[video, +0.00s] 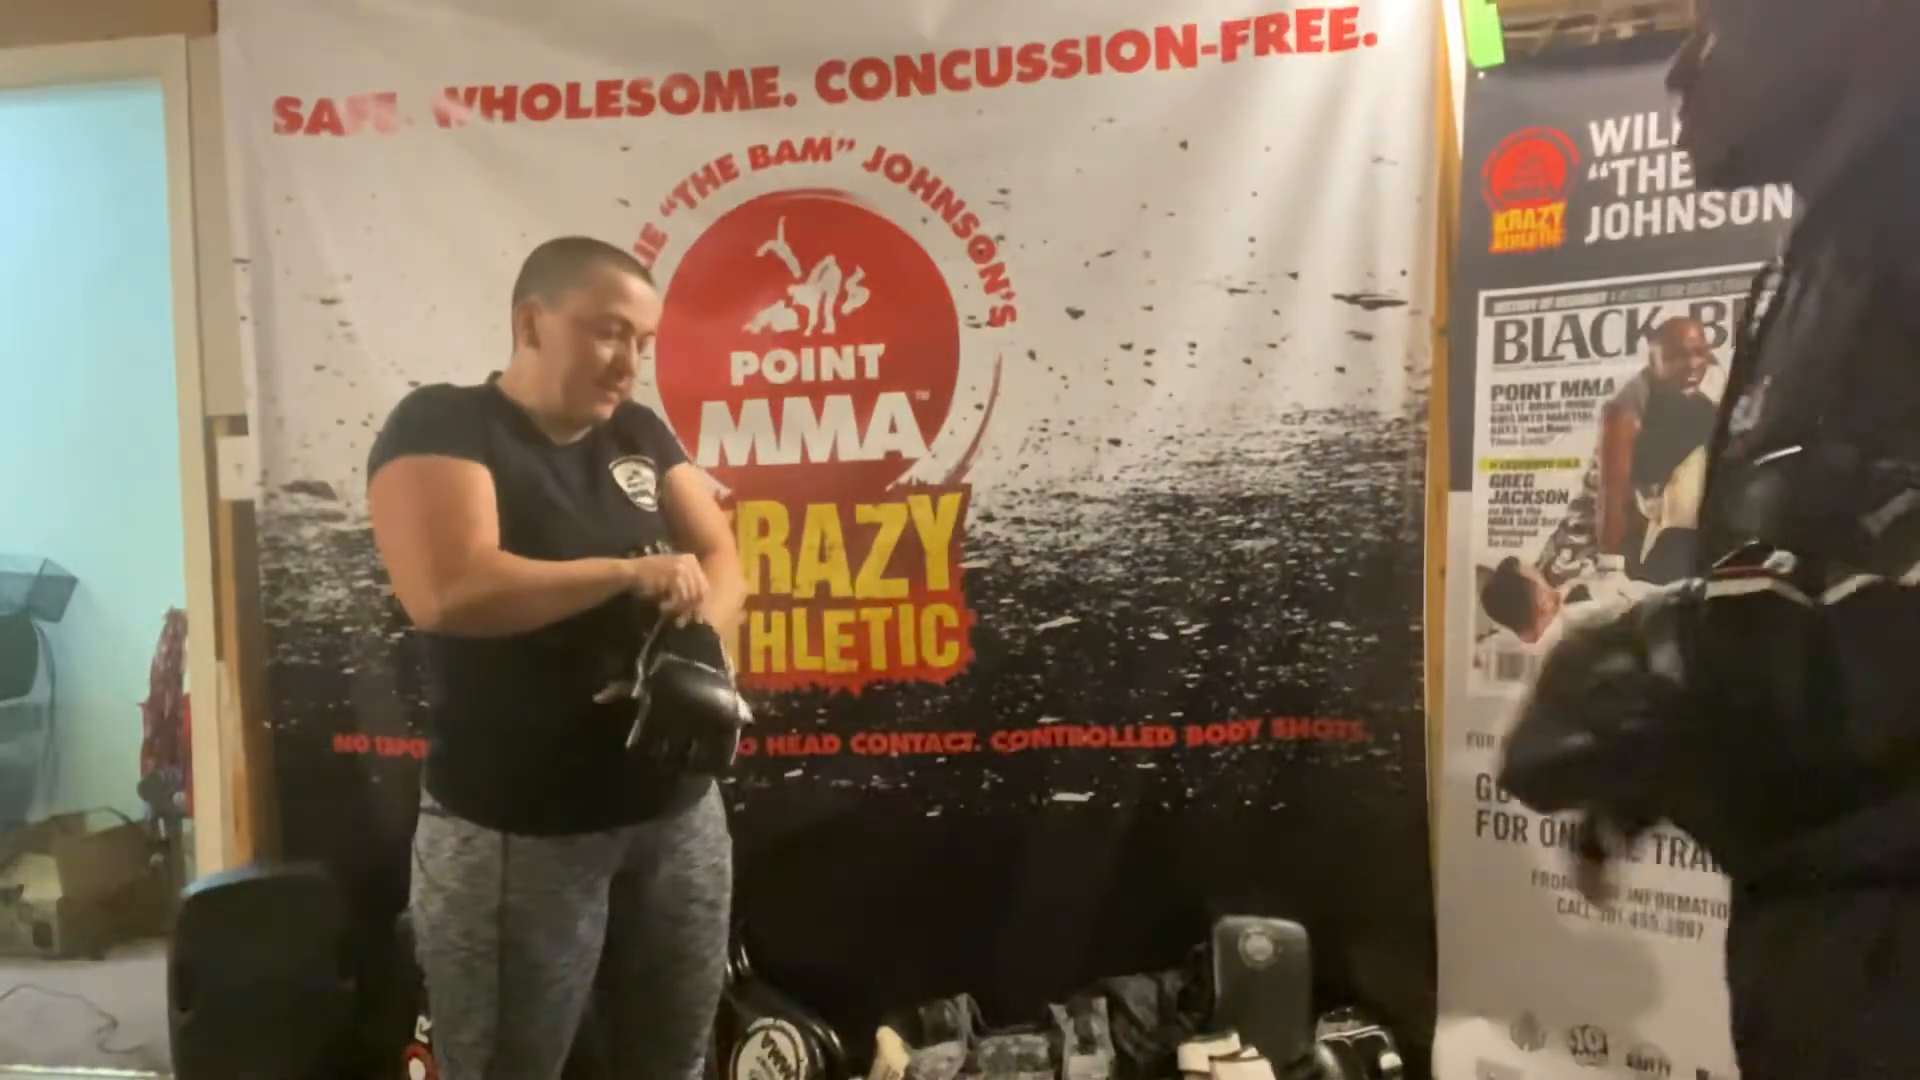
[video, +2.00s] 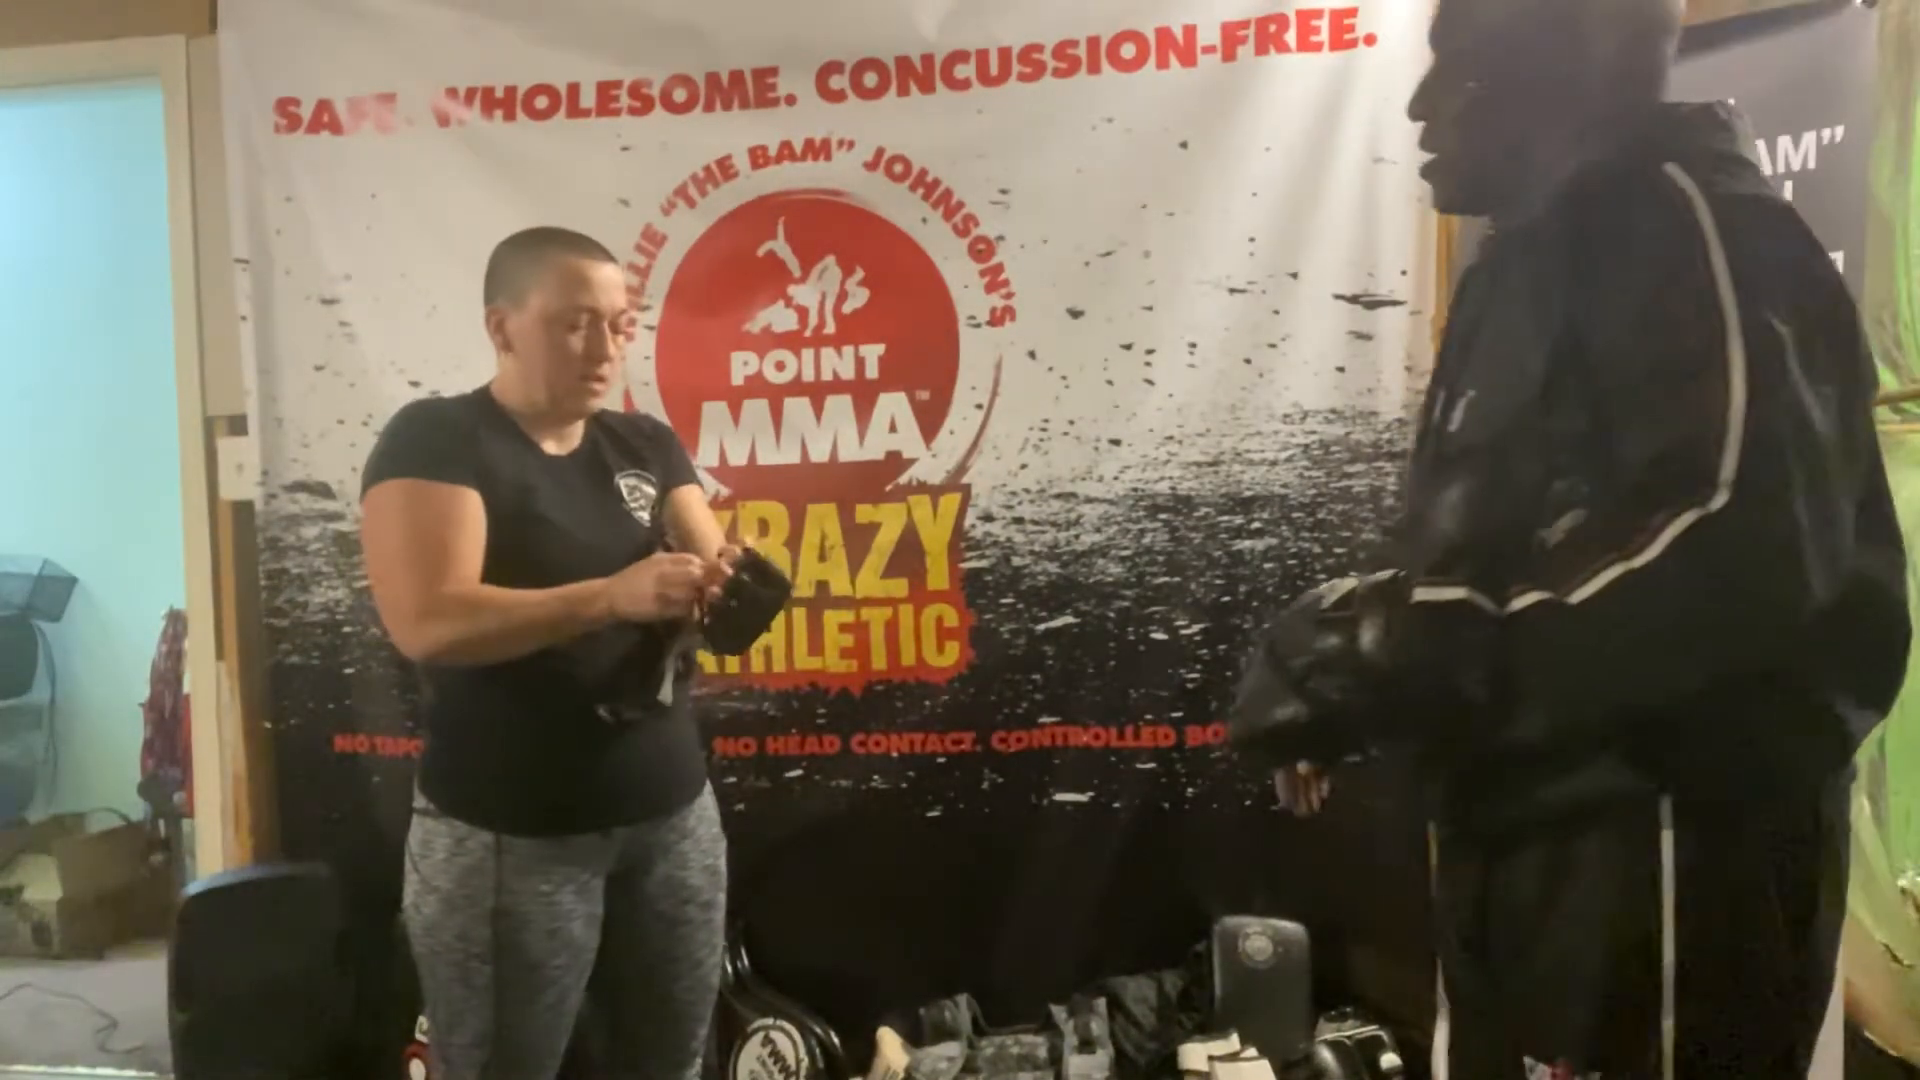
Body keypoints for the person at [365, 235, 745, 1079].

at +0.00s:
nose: (632, 362)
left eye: (642, 342)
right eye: (613, 334)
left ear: (647, 346)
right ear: (531, 322)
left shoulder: (640, 435)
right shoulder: (437, 426)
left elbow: (721, 553)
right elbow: (447, 590)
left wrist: (701, 631)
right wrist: (627, 572)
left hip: (675, 824)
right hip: (511, 838)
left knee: (665, 1066)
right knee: (502, 1068)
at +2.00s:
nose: (606, 349)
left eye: (617, 327)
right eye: (578, 323)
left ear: (626, 331)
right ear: (503, 326)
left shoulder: (647, 445)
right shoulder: (431, 441)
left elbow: (724, 586)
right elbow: (425, 621)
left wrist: (727, 587)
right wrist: (611, 594)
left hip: (670, 828)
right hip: (504, 843)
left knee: (662, 1065)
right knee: (498, 1069)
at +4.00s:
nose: (599, 339)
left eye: (606, 319)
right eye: (572, 312)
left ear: (613, 328)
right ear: (491, 319)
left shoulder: (628, 444)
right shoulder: (424, 436)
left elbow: (700, 581)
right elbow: (412, 626)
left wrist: (727, 549)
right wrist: (600, 627)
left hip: (664, 828)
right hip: (499, 846)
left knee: (658, 1065)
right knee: (496, 1068)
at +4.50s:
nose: (578, 333)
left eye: (584, 312)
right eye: (550, 308)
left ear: (591, 324)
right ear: (469, 317)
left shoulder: (609, 440)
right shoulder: (389, 437)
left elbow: (687, 583)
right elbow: (325, 617)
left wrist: (734, 557)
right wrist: (517, 598)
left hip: (641, 827)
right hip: (473, 848)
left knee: (647, 1065)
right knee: (479, 1069)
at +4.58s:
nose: (576, 330)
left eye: (580, 311)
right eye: (550, 306)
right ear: (467, 317)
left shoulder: (603, 442)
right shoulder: (385, 436)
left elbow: (683, 582)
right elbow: (319, 615)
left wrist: (719, 559)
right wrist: (496, 577)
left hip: (636, 827)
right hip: (469, 849)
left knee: (645, 1065)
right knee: (476, 1068)